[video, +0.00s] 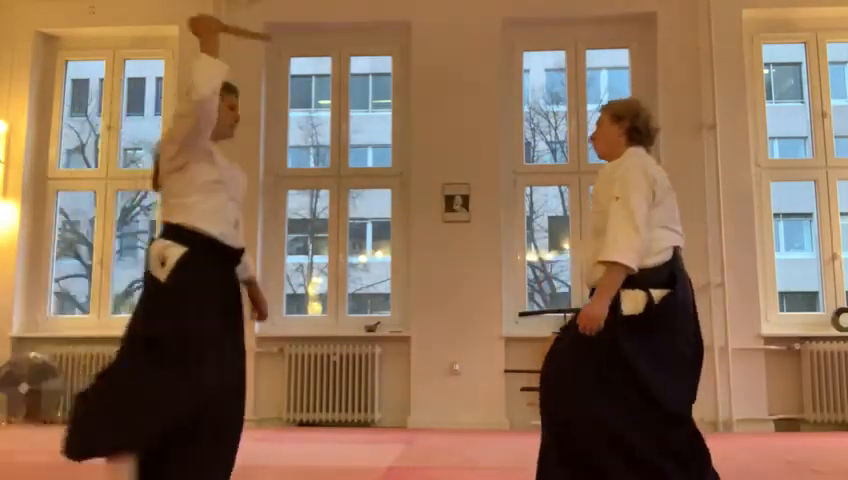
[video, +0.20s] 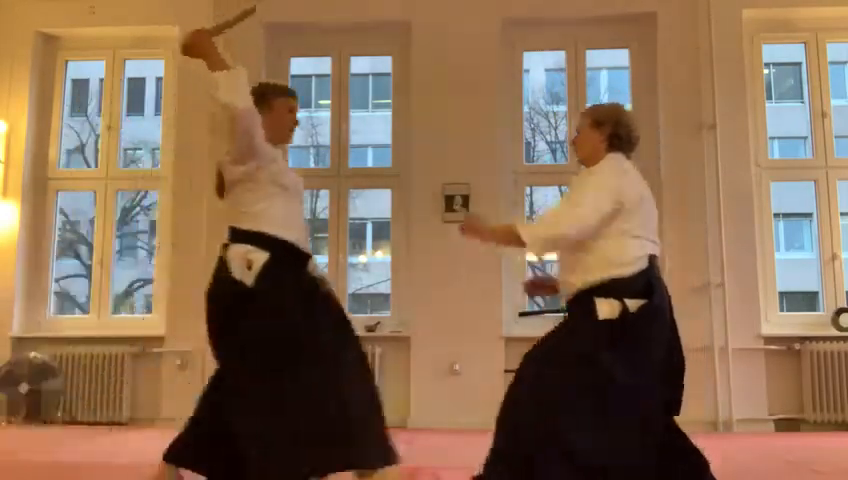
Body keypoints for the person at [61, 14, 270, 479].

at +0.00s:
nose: (234, 111)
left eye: (236, 104)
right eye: (228, 102)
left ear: (231, 112)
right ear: (207, 104)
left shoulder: (227, 167)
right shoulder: (183, 149)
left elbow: (230, 234)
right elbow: (202, 99)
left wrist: (251, 283)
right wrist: (209, 49)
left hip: (219, 269)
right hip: (185, 261)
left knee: (222, 376)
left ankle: (202, 466)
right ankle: (101, 418)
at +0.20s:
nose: (296, 119)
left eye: (295, 112)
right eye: (288, 111)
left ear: (280, 120)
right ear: (261, 115)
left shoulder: (279, 167)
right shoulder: (252, 155)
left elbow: (292, 243)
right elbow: (241, 109)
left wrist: (320, 285)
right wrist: (213, 55)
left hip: (287, 272)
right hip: (256, 270)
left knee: (243, 374)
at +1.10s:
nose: (368, 103)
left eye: (371, 97)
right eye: (360, 95)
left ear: (369, 102)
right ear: (334, 98)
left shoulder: (367, 152)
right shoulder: (328, 141)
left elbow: (384, 214)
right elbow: (301, 189)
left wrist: (422, 252)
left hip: (374, 263)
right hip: (341, 263)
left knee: (402, 359)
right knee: (340, 365)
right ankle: (300, 465)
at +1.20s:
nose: (376, 105)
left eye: (379, 99)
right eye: (368, 96)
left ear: (376, 103)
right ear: (341, 96)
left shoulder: (362, 147)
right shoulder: (336, 146)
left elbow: (388, 211)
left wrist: (420, 255)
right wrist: (354, 254)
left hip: (370, 263)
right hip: (344, 267)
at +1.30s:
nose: (390, 110)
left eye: (393, 103)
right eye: (384, 100)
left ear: (362, 102)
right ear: (355, 97)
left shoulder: (341, 139)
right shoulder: (357, 147)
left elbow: (371, 213)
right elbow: (374, 213)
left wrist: (401, 263)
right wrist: (404, 269)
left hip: (328, 265)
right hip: (354, 271)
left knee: (332, 372)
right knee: (389, 372)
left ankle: (300, 467)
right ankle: (388, 470)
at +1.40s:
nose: (404, 112)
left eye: (406, 104)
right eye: (398, 102)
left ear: (371, 102)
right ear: (369, 98)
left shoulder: (346, 137)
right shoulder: (370, 148)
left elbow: (348, 208)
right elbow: (393, 211)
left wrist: (392, 259)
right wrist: (436, 270)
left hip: (324, 261)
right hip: (357, 267)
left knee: (326, 369)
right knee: (393, 365)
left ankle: (300, 465)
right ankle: (386, 468)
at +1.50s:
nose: (413, 113)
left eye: (415, 106)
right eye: (408, 103)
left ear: (380, 101)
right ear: (379, 97)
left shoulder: (355, 137)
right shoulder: (373, 146)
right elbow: (404, 206)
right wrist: (446, 260)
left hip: (327, 260)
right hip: (354, 267)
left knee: (327, 372)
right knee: (389, 370)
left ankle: (302, 467)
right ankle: (382, 470)